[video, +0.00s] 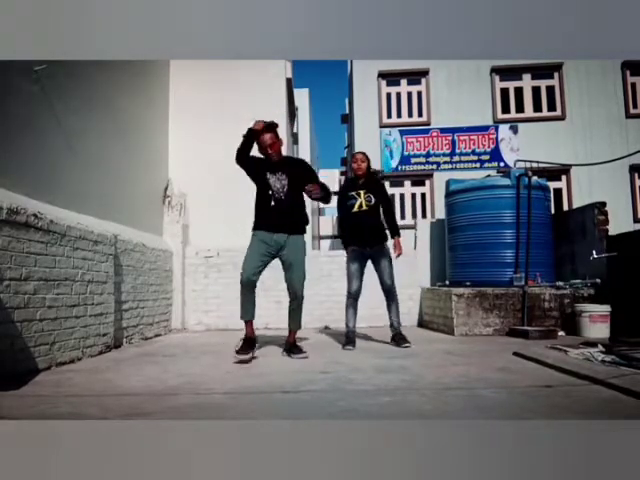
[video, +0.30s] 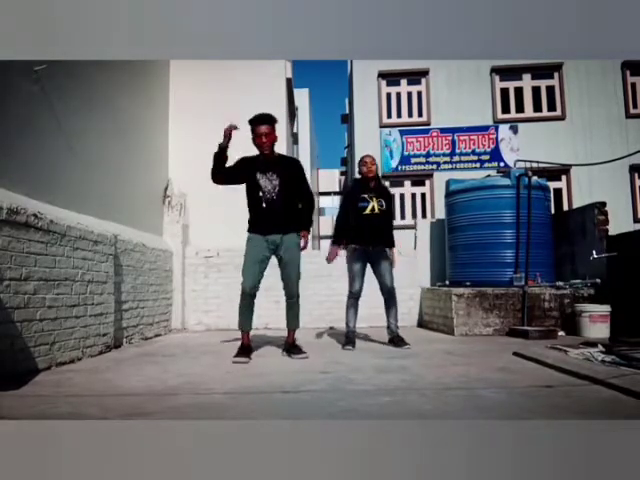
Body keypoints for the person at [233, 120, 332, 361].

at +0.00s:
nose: (270, 149)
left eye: (273, 143)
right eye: (265, 146)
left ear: (281, 142)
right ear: (260, 148)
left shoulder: (299, 166)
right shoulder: (259, 167)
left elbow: (326, 196)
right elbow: (241, 157)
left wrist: (320, 193)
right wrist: (251, 134)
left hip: (293, 237)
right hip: (264, 235)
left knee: (297, 290)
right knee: (247, 279)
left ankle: (292, 340)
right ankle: (249, 335)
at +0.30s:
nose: (264, 139)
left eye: (268, 134)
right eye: (259, 135)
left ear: (275, 135)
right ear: (253, 138)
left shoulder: (291, 164)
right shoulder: (249, 165)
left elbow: (308, 198)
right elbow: (219, 177)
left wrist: (305, 227)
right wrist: (224, 145)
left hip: (289, 234)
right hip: (259, 235)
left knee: (292, 289)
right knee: (248, 288)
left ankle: (291, 340)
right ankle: (245, 342)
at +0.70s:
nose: (269, 127)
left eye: (273, 123)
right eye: (264, 123)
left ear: (279, 126)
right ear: (257, 126)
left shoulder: (288, 159)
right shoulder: (241, 158)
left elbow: (296, 193)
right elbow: (224, 193)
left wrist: (296, 223)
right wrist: (232, 217)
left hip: (285, 229)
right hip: (253, 230)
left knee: (296, 282)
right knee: (245, 284)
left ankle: (302, 342)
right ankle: (243, 341)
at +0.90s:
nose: (269, 128)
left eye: (273, 124)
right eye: (264, 124)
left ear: (280, 127)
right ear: (257, 127)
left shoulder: (290, 159)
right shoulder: (243, 158)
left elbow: (307, 192)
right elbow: (216, 189)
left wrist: (308, 218)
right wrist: (225, 215)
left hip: (285, 230)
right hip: (253, 231)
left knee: (297, 283)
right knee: (246, 287)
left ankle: (302, 342)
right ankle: (244, 342)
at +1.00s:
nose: (269, 130)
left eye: (273, 126)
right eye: (264, 126)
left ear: (279, 128)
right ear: (256, 128)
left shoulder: (292, 159)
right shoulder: (242, 159)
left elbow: (314, 182)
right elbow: (212, 179)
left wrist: (327, 200)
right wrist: (205, 199)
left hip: (285, 236)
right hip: (252, 237)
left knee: (301, 285)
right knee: (242, 289)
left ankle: (306, 340)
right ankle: (240, 341)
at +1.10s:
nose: (268, 139)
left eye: (272, 134)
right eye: (263, 134)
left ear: (278, 137)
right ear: (256, 137)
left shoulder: (293, 169)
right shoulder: (244, 172)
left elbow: (319, 200)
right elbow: (218, 200)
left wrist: (350, 205)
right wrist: (187, 211)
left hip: (287, 245)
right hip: (255, 244)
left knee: (305, 293)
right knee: (245, 293)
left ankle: (308, 344)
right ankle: (239, 343)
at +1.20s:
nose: (267, 143)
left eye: (271, 139)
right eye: (262, 139)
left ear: (278, 141)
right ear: (255, 142)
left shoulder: (294, 170)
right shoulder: (249, 178)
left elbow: (321, 196)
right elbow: (235, 211)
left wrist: (344, 191)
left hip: (293, 245)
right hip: (260, 246)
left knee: (314, 295)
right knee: (240, 289)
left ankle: (309, 344)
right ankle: (250, 336)